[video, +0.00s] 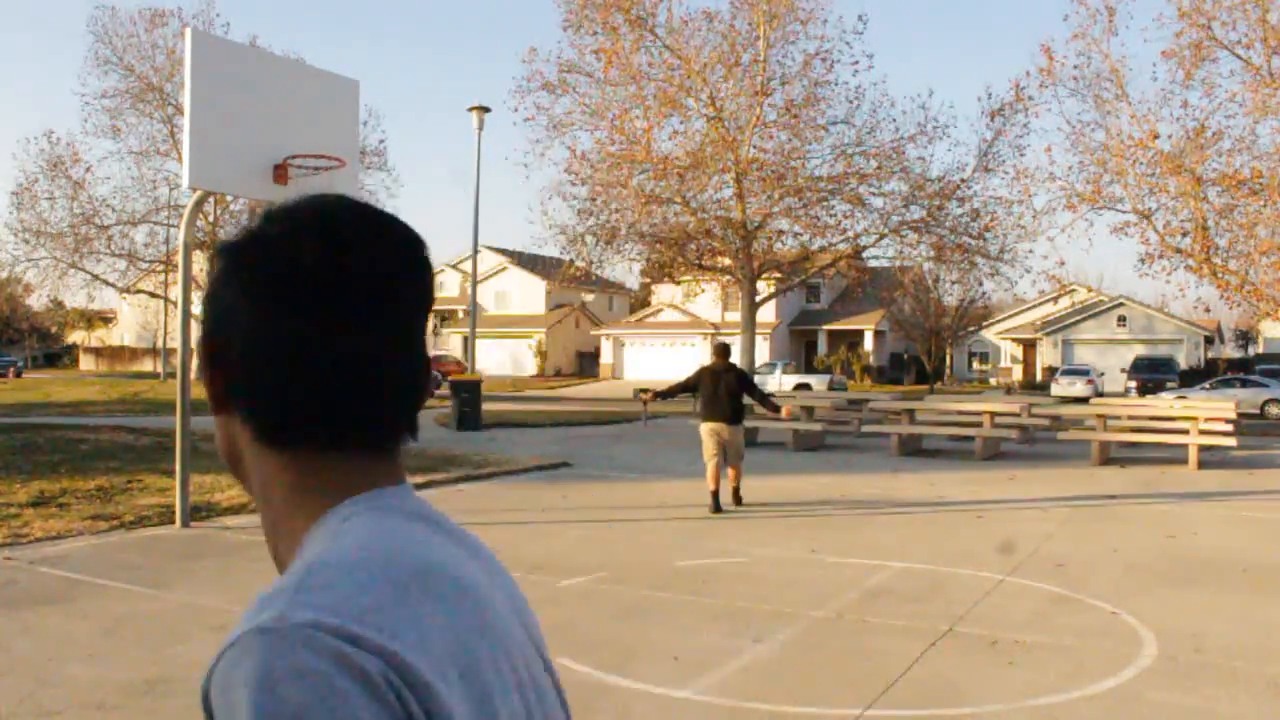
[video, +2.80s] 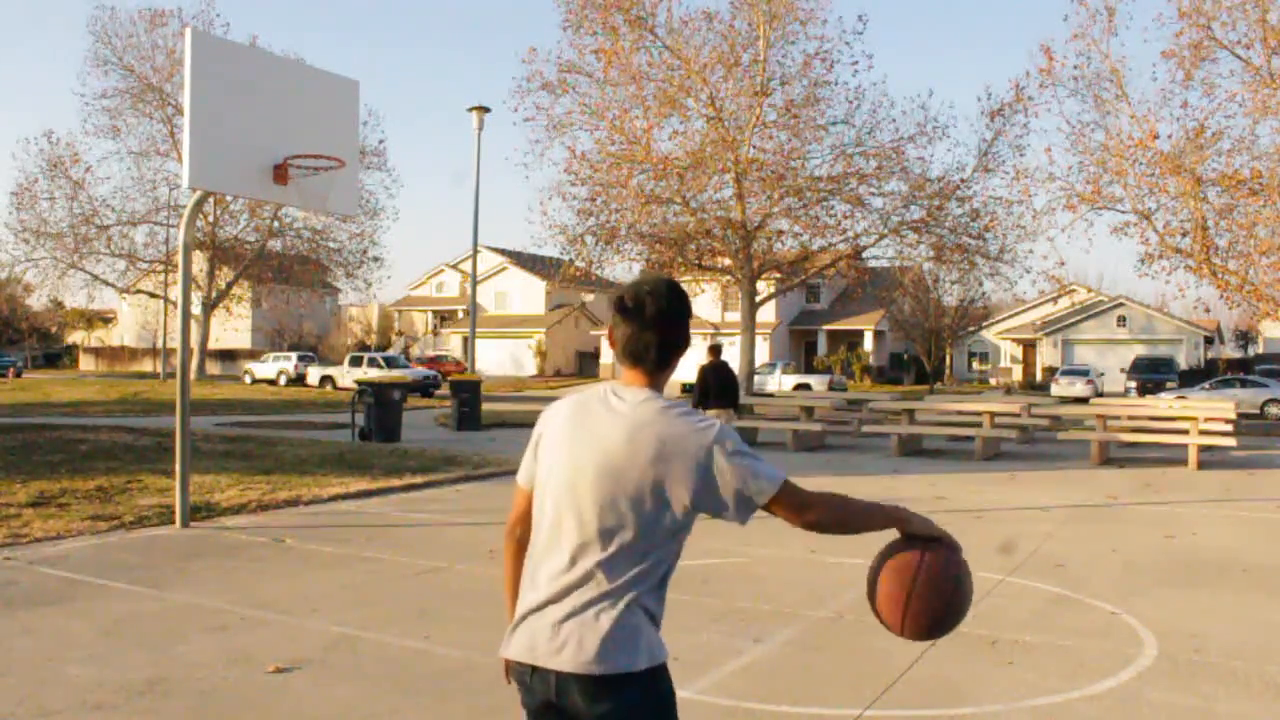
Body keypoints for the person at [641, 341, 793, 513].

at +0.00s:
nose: (720, 356)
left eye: (717, 353)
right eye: (724, 353)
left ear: (714, 355)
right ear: (729, 355)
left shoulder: (704, 373)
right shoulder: (738, 374)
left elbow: (682, 387)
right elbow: (756, 394)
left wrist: (658, 394)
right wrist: (776, 409)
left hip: (708, 423)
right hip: (732, 424)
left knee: (712, 461)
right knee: (735, 461)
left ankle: (714, 500)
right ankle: (735, 491)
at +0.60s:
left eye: (726, 353)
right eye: (735, 353)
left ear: (723, 355)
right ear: (738, 355)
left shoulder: (714, 371)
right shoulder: (744, 372)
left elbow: (696, 389)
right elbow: (758, 394)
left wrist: (676, 402)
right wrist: (771, 409)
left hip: (716, 420)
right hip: (737, 420)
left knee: (717, 453)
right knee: (734, 455)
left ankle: (718, 480)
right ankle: (733, 493)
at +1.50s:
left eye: (723, 352)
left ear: (721, 353)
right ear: (734, 353)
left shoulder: (713, 369)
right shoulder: (743, 371)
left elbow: (702, 392)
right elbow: (749, 395)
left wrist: (697, 412)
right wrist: (748, 416)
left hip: (716, 414)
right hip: (735, 415)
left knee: (710, 442)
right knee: (731, 448)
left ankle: (714, 465)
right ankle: (728, 478)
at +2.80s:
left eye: (710, 353)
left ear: (709, 353)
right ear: (720, 353)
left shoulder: (704, 369)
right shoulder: (729, 370)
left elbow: (699, 389)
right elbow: (735, 388)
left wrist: (695, 406)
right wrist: (735, 407)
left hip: (710, 409)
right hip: (727, 408)